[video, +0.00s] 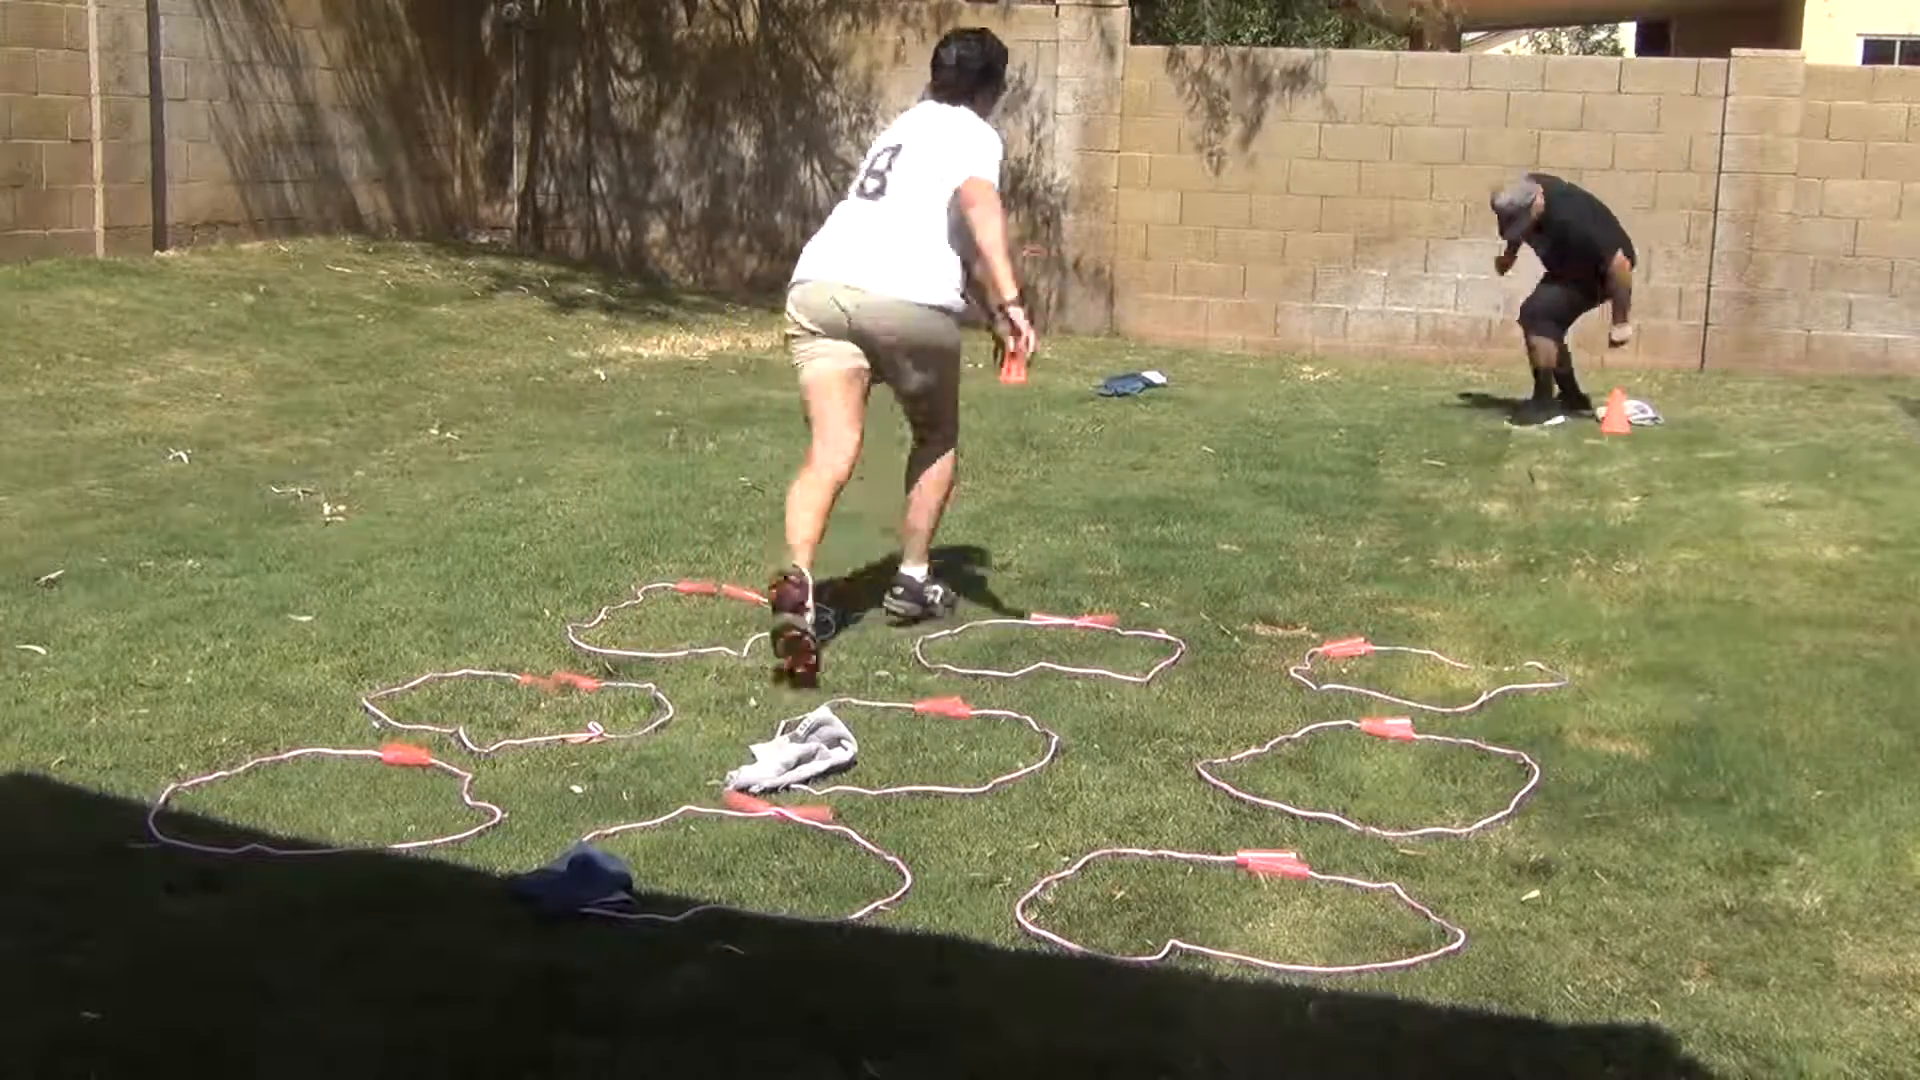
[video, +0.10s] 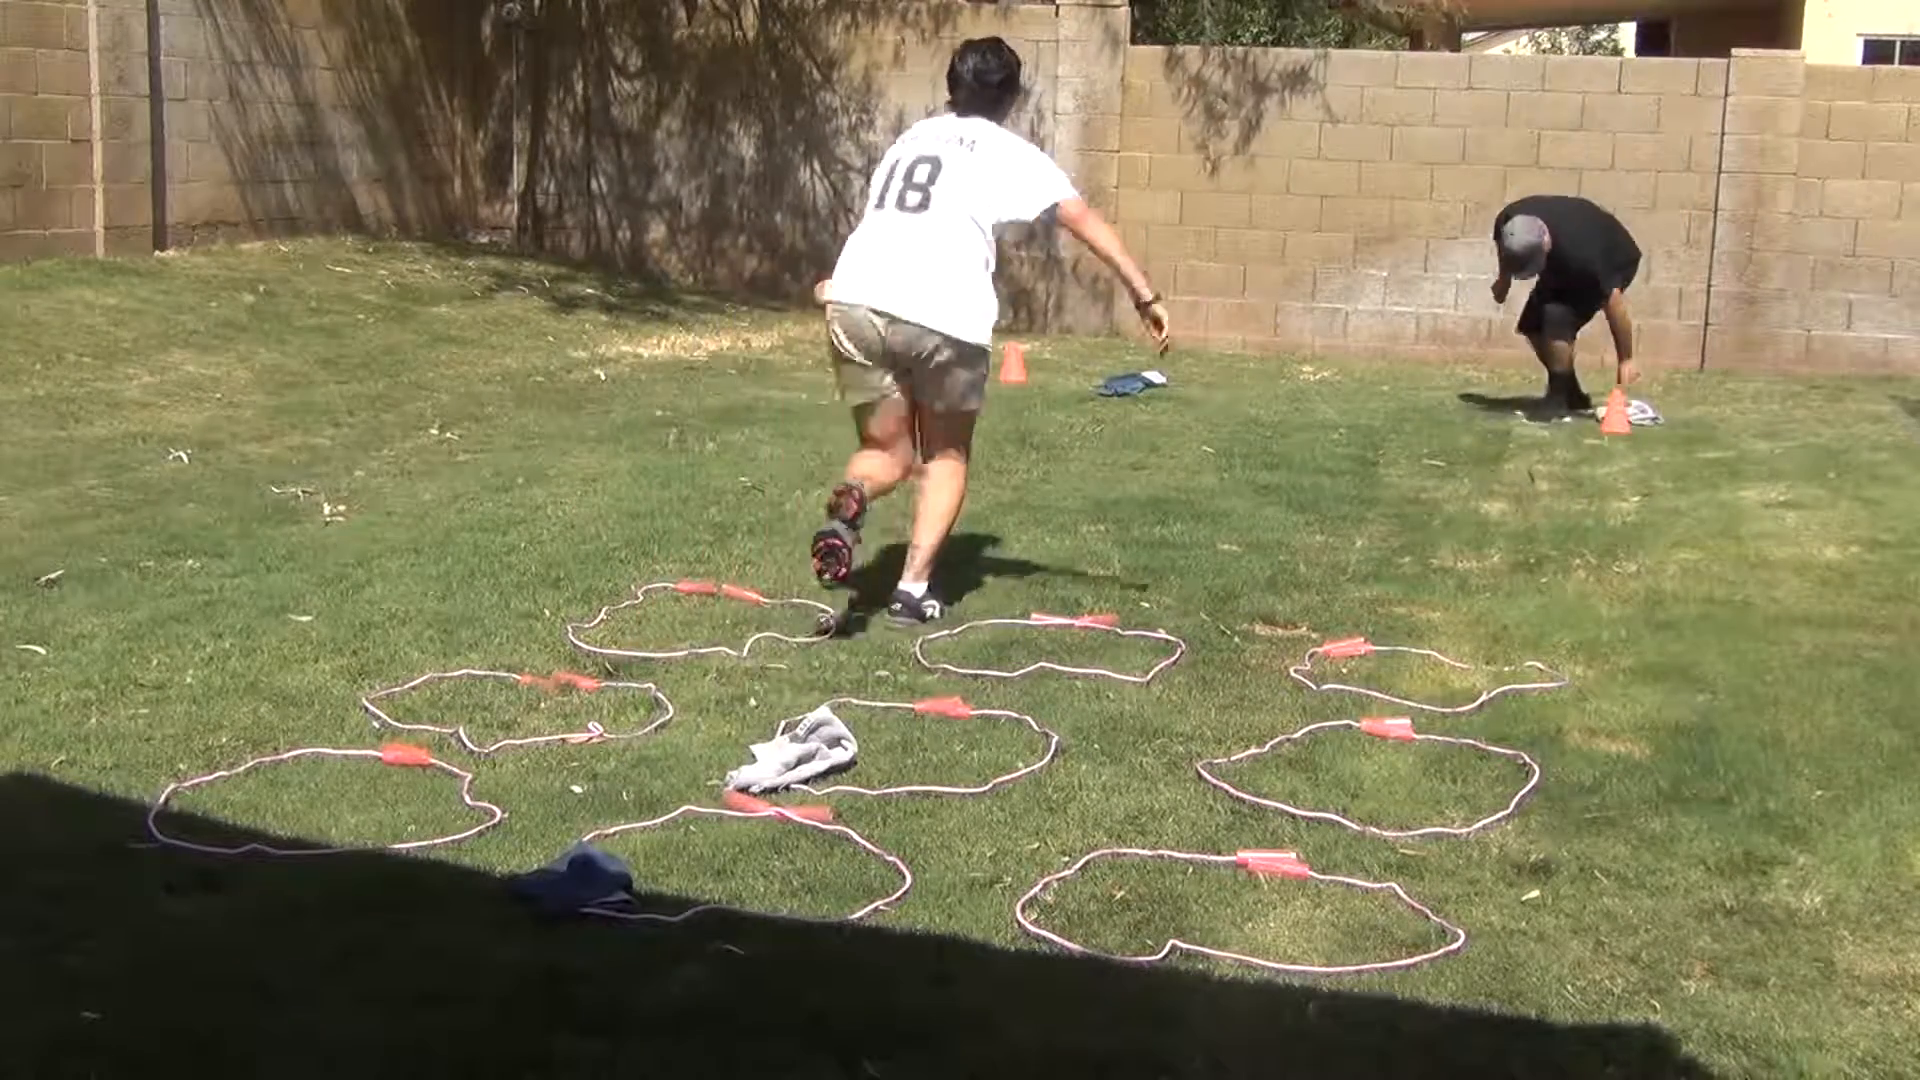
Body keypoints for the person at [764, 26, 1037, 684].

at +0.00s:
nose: (999, 98)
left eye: (998, 88)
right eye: (1000, 88)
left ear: (933, 78)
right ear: (992, 88)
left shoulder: (898, 129)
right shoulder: (976, 135)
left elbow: (905, 246)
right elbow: (978, 205)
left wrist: (986, 313)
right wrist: (1010, 304)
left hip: (818, 287)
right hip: (907, 300)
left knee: (829, 453)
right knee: (935, 437)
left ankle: (795, 578)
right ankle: (913, 581)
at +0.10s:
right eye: (1013, 89)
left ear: (951, 89)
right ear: (1012, 95)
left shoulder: (909, 140)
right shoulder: (1012, 153)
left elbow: (877, 221)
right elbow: (1082, 219)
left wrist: (842, 277)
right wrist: (1143, 291)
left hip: (855, 304)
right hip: (943, 319)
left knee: (884, 447)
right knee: (946, 450)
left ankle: (848, 499)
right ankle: (912, 590)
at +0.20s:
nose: (1023, 96)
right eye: (1026, 87)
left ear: (969, 85)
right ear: (1025, 92)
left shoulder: (920, 136)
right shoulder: (1032, 152)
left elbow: (846, 218)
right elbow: (1118, 216)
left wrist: (806, 291)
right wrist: (1169, 248)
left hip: (888, 305)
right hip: (971, 314)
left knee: (926, 395)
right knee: (955, 454)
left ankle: (913, 486)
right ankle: (918, 583)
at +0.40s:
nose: (1047, 81)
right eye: (1052, 74)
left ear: (997, 70)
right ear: (1050, 75)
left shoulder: (955, 109)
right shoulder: (1067, 127)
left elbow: (910, 193)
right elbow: (1108, 209)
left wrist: (889, 270)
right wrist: (1053, 204)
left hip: (951, 274)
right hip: (1030, 279)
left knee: (972, 400)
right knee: (1017, 398)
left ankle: (983, 489)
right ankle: (999, 472)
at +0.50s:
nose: (1057, 97)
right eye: (1058, 90)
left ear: (1001, 87)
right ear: (1054, 92)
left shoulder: (966, 138)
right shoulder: (1072, 140)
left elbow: (944, 230)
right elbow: (1102, 214)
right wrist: (1077, 248)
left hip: (977, 287)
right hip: (1053, 291)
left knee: (989, 414)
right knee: (1054, 389)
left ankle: (999, 536)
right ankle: (1048, 440)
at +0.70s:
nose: (1099, 90)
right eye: (1099, 82)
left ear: (1050, 84)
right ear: (1098, 87)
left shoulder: (1015, 128)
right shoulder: (1106, 135)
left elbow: (984, 209)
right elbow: (1157, 211)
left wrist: (1002, 244)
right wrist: (1164, 255)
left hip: (1012, 267)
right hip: (1081, 273)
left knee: (1026, 381)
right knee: (1081, 375)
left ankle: (1012, 461)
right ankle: (1085, 490)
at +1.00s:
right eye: (1117, 79)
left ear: (1073, 76)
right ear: (1117, 81)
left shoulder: (1044, 107)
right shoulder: (1132, 125)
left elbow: (998, 144)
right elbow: (1155, 196)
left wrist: (946, 183)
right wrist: (1114, 190)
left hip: (1049, 243)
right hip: (1110, 245)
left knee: (1066, 338)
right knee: (1101, 335)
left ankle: (1082, 430)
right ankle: (1100, 405)